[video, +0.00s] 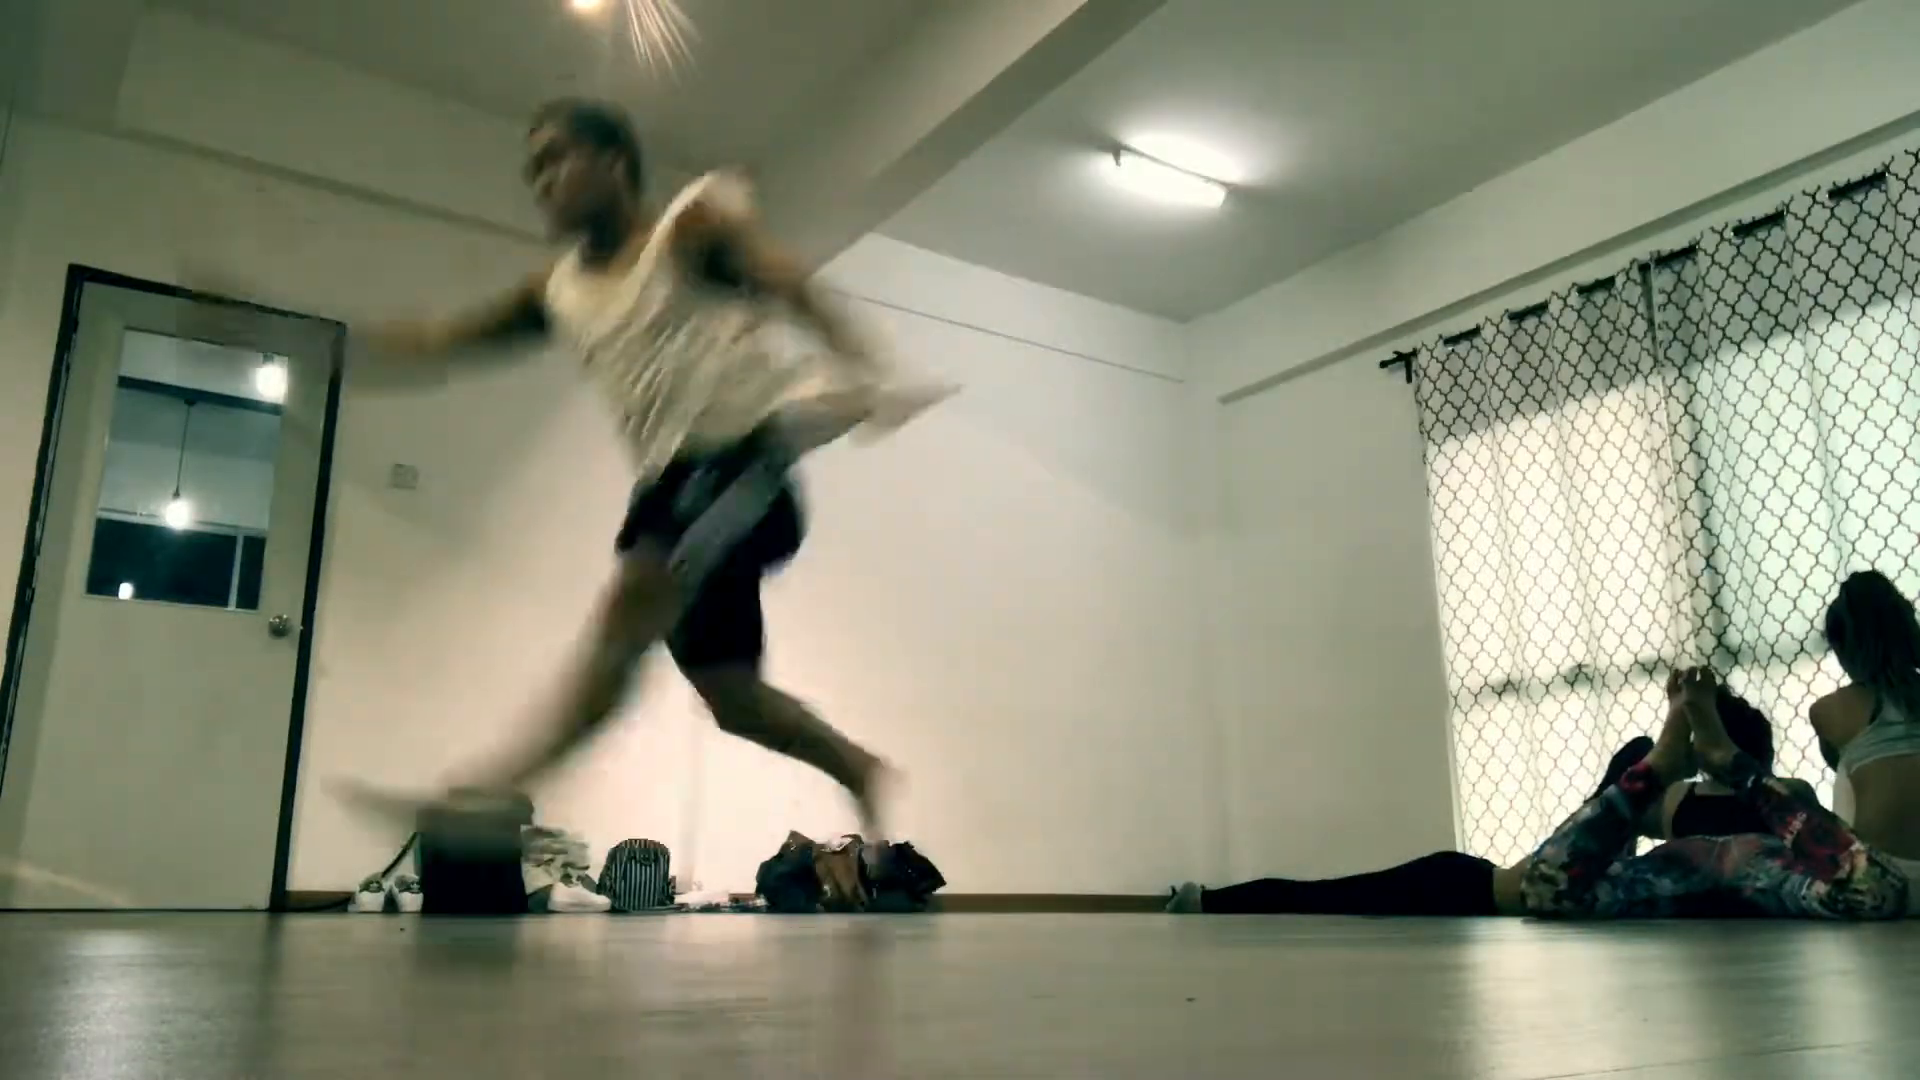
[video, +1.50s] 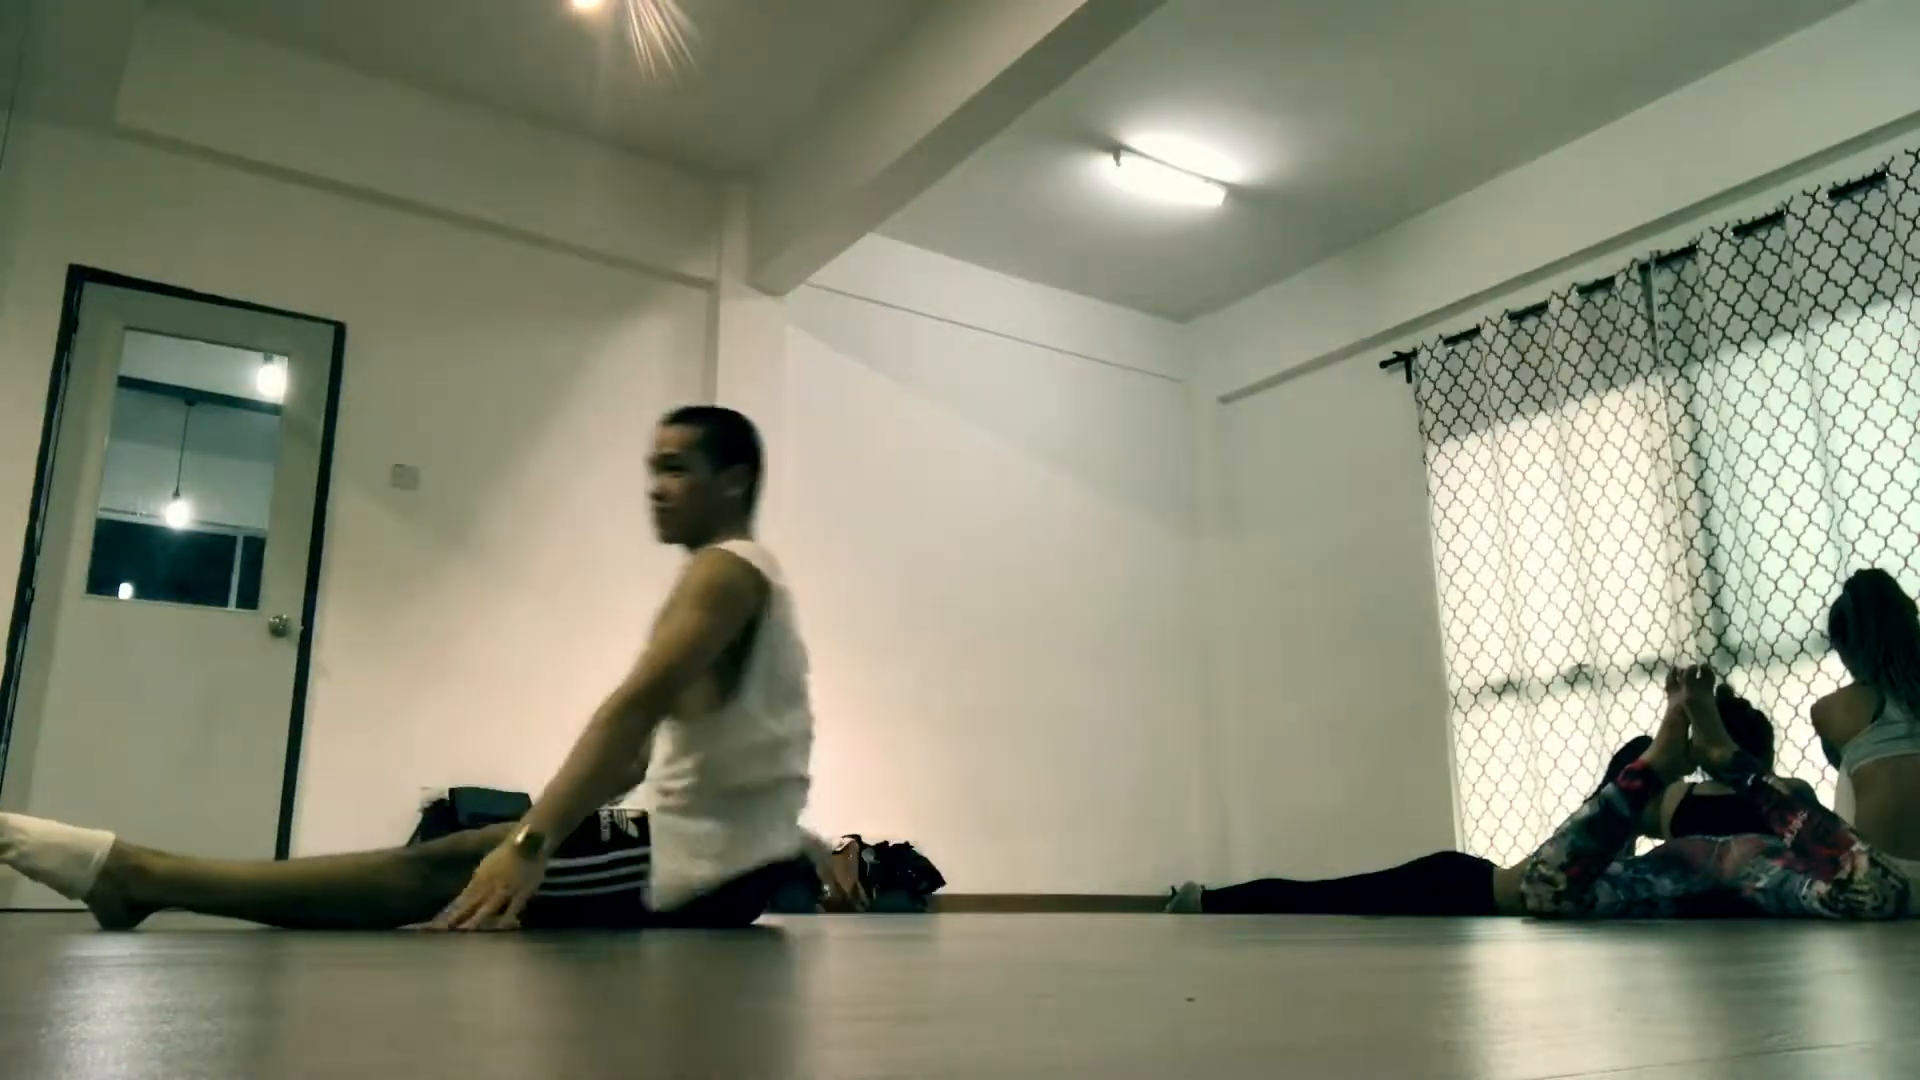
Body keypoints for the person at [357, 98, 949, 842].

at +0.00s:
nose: (542, 184)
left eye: (555, 160)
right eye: (535, 171)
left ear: (614, 159)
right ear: (540, 187)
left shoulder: (694, 224)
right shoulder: (559, 286)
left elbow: (794, 284)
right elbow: (458, 337)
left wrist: (863, 369)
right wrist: (364, 345)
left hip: (744, 459)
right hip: (668, 489)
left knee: (630, 612)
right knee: (735, 700)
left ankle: (502, 785)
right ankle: (863, 771)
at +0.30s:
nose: (336, 709)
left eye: (326, 689)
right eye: (321, 700)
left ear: (350, 653)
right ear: (347, 665)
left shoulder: (449, 644)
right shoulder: (447, 700)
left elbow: (549, 722)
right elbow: (468, 828)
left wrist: (519, 890)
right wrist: (438, 895)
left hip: (670, 804)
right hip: (706, 812)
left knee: (399, 876)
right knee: (829, 884)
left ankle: (108, 878)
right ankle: (974, 891)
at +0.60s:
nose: (410, 793)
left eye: (393, 784)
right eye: (400, 797)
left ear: (377, 736)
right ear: (399, 753)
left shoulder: (451, 669)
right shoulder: (485, 742)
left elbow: (556, 720)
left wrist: (518, 890)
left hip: (669, 818)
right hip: (740, 811)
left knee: (408, 877)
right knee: (838, 885)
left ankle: (120, 875)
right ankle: (986, 891)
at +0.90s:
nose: (370, 661)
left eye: (359, 638)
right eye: (353, 652)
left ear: (387, 592)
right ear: (379, 623)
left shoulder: (494, 606)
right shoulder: (476, 665)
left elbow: (559, 729)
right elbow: (512, 792)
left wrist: (521, 893)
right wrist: (465, 873)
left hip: (666, 815)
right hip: (713, 809)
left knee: (408, 876)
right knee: (835, 884)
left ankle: (124, 877)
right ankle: (979, 891)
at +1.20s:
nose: (503, 487)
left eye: (528, 468)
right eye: (490, 472)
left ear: (582, 486)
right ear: (483, 494)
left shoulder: (602, 589)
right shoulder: (517, 612)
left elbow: (596, 748)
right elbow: (498, 750)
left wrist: (520, 890)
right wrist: (470, 852)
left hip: (653, 847)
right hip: (686, 834)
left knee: (409, 868)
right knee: (796, 876)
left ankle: (117, 876)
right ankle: (918, 886)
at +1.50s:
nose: (657, 488)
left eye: (677, 469)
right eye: (655, 471)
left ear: (736, 481)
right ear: (692, 484)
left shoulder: (727, 573)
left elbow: (635, 711)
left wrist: (527, 849)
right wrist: (536, 839)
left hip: (716, 856)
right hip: (712, 847)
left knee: (437, 869)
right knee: (445, 860)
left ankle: (139, 880)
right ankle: (145, 883)